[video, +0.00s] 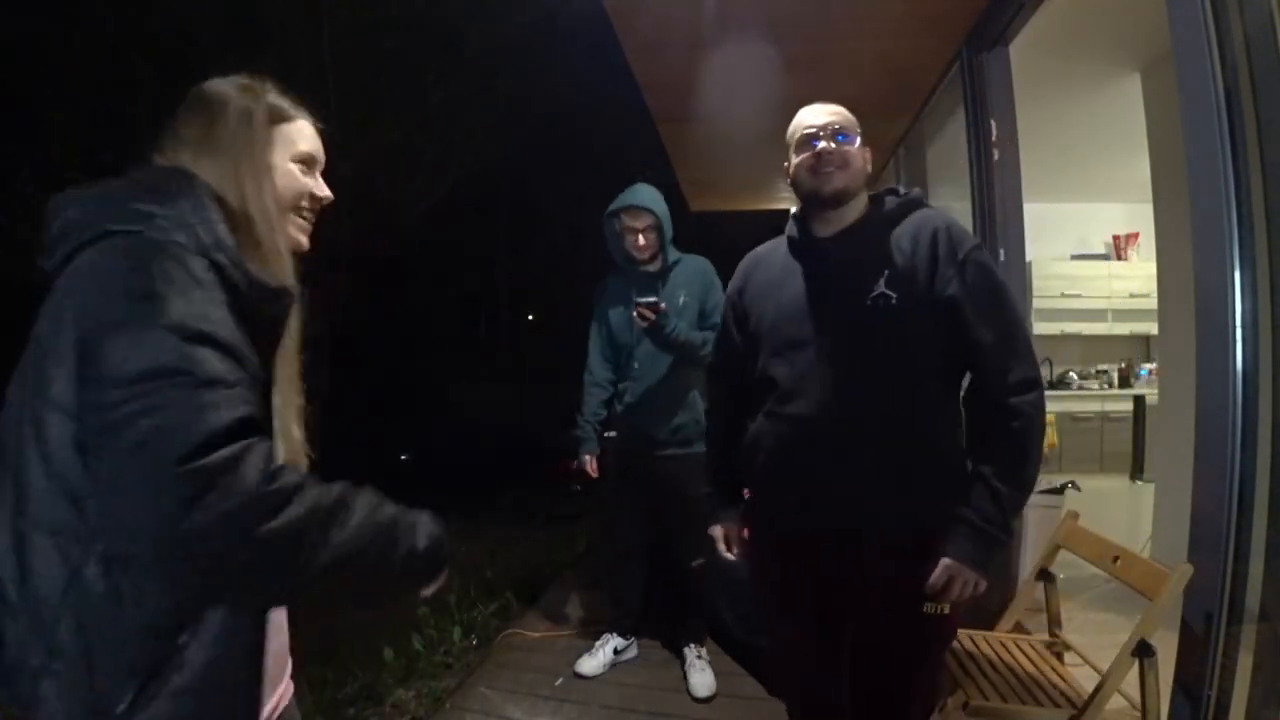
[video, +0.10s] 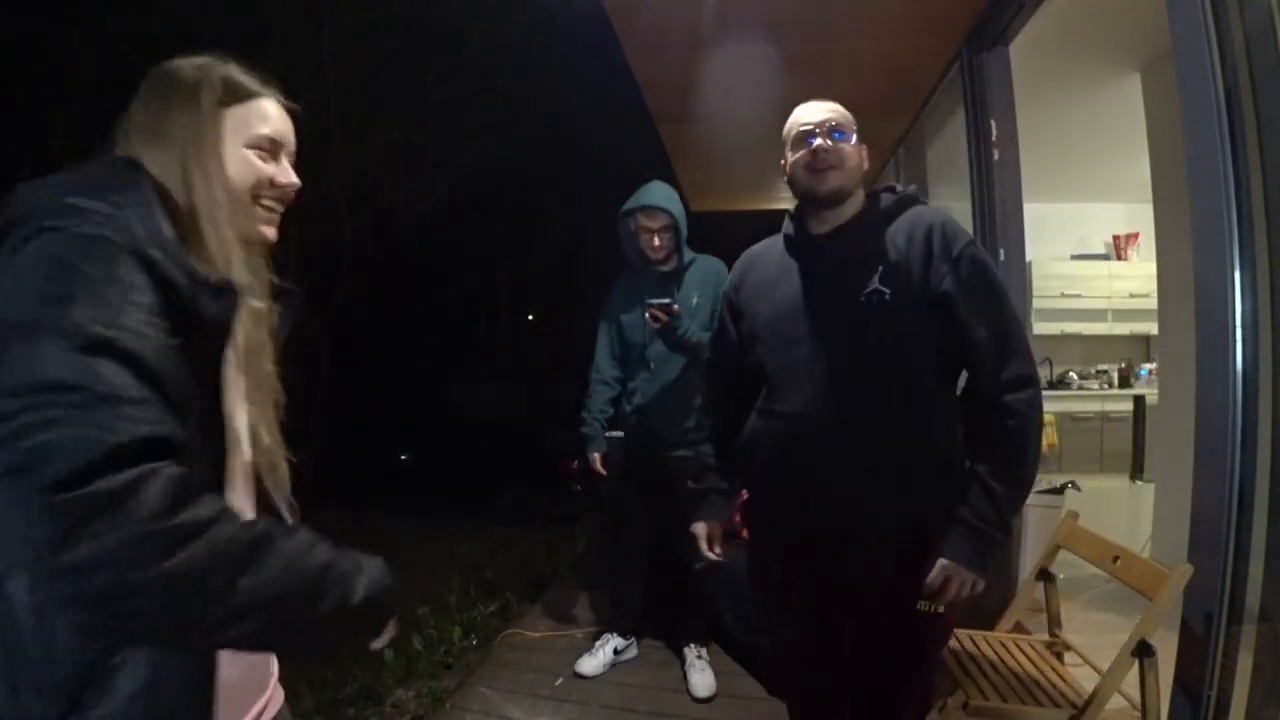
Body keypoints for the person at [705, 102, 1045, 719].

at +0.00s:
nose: (824, 146)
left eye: (841, 134)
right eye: (806, 141)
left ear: (870, 158)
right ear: (789, 173)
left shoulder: (933, 241)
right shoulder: (755, 273)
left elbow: (1013, 393)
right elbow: (725, 398)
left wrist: (977, 537)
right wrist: (724, 501)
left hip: (909, 532)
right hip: (791, 533)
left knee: (897, 702)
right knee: (811, 700)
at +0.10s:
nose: (820, 143)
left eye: (837, 132)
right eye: (802, 138)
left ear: (867, 157)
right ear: (786, 172)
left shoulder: (929, 239)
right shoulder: (753, 269)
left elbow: (1011, 390)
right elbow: (721, 398)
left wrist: (976, 537)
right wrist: (713, 497)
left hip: (906, 532)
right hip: (789, 532)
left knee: (893, 702)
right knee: (810, 700)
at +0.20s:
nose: (820, 141)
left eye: (837, 131)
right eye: (802, 136)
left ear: (867, 154)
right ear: (785, 169)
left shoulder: (929, 239)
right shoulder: (754, 268)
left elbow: (1010, 392)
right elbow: (714, 394)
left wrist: (977, 544)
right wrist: (701, 493)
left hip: (901, 530)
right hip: (787, 531)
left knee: (891, 700)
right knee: (809, 699)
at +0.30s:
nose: (825, 138)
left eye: (842, 127)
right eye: (807, 133)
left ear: (871, 151)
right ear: (788, 168)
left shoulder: (933, 240)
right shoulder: (753, 267)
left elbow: (1013, 399)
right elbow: (710, 392)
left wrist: (982, 557)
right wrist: (696, 491)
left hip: (902, 535)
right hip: (784, 536)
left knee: (886, 703)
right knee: (807, 700)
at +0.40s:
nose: (832, 134)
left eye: (849, 122)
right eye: (813, 129)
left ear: (878, 147)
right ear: (793, 164)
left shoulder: (942, 243)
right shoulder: (754, 267)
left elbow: (1020, 410)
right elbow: (711, 390)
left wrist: (983, 569)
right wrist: (701, 491)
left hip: (904, 545)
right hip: (781, 544)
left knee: (886, 704)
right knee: (805, 702)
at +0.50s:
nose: (844, 124)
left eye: (861, 112)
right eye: (824, 119)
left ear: (890, 138)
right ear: (800, 156)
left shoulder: (960, 241)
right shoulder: (760, 260)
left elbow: (1032, 422)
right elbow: (713, 392)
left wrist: (986, 582)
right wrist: (713, 496)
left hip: (910, 553)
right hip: (784, 552)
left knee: (892, 706)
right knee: (803, 702)